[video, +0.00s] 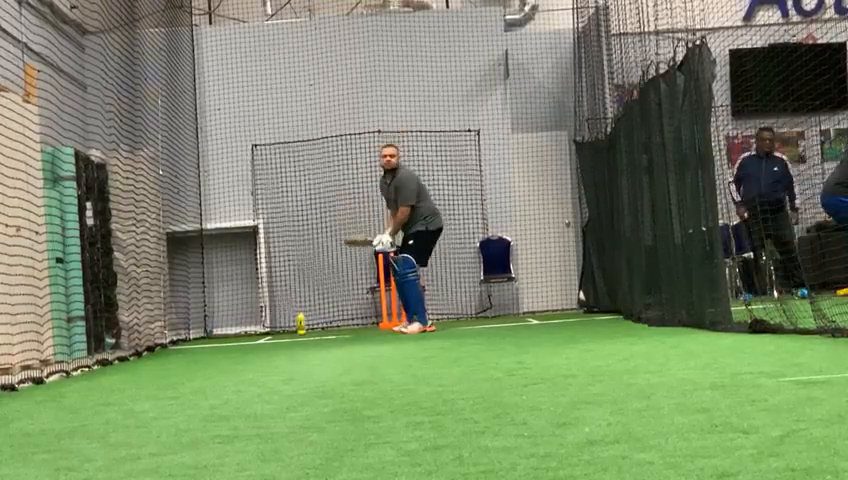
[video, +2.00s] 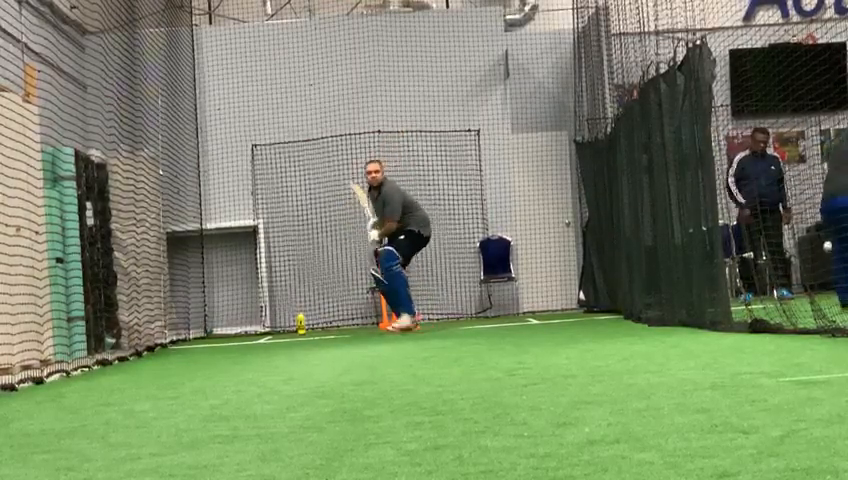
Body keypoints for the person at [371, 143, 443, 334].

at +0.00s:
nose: (388, 159)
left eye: (391, 156)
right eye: (384, 156)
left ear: (398, 158)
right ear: (380, 160)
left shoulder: (405, 177)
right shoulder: (384, 181)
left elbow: (405, 211)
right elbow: (392, 211)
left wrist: (390, 234)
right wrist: (388, 234)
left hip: (427, 225)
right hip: (412, 227)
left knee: (407, 266)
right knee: (400, 266)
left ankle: (420, 320)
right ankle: (412, 318)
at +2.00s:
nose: (373, 176)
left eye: (376, 172)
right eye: (369, 173)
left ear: (383, 173)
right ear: (366, 176)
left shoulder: (391, 190)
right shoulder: (372, 193)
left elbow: (392, 224)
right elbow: (382, 217)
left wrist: (379, 234)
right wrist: (376, 224)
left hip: (416, 229)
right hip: (400, 231)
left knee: (388, 258)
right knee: (381, 272)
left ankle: (407, 314)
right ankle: (403, 316)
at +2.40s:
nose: (353, 197)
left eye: (356, 192)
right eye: (350, 193)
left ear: (365, 189)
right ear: (347, 194)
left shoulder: (371, 204)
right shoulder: (376, 197)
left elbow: (372, 240)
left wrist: (365, 242)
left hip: (401, 243)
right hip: (396, 242)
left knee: (373, 273)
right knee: (364, 275)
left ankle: (399, 324)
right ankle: (380, 324)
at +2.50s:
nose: (347, 200)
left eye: (350, 195)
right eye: (344, 197)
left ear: (360, 190)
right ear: (342, 197)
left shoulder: (367, 205)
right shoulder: (369, 199)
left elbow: (365, 241)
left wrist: (357, 243)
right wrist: (364, 227)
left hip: (399, 243)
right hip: (391, 243)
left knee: (373, 272)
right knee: (360, 279)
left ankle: (398, 324)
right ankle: (382, 324)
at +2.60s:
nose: (344, 197)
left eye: (346, 192)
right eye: (341, 194)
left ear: (356, 187)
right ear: (340, 193)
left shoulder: (367, 199)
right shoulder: (359, 204)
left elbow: (360, 232)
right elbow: (358, 229)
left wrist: (341, 238)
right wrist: (342, 235)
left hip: (399, 240)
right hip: (381, 245)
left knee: (383, 272)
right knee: (359, 282)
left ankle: (397, 323)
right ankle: (380, 324)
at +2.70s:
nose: (341, 194)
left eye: (342, 190)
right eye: (340, 190)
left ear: (350, 186)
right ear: (355, 186)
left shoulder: (363, 195)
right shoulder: (355, 205)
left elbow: (336, 216)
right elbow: (336, 229)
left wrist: (312, 231)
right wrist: (310, 241)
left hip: (402, 238)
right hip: (383, 245)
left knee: (396, 273)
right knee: (359, 282)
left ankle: (397, 320)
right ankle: (380, 322)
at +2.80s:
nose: (338, 197)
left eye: (339, 193)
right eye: (338, 194)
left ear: (347, 187)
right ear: (348, 187)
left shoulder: (364, 193)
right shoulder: (354, 207)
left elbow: (333, 211)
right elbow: (330, 225)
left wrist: (307, 216)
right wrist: (300, 230)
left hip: (403, 237)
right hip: (383, 245)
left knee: (400, 271)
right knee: (361, 280)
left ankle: (408, 320)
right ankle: (381, 323)